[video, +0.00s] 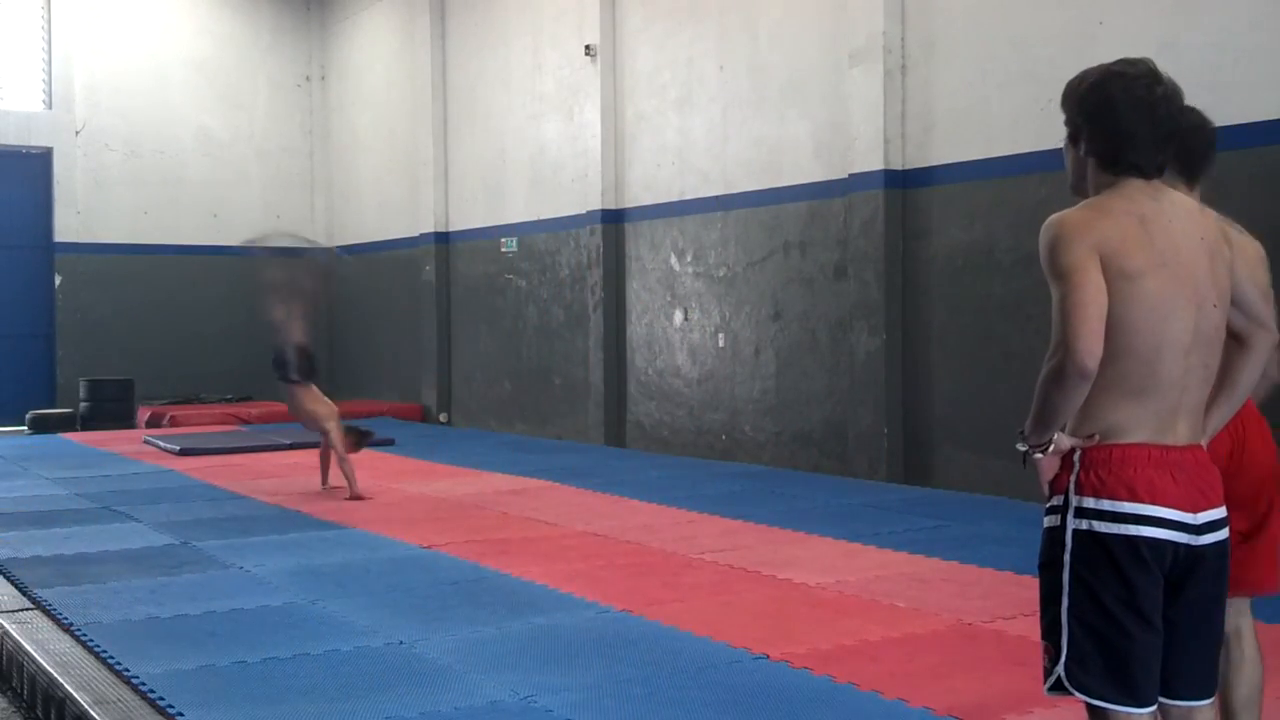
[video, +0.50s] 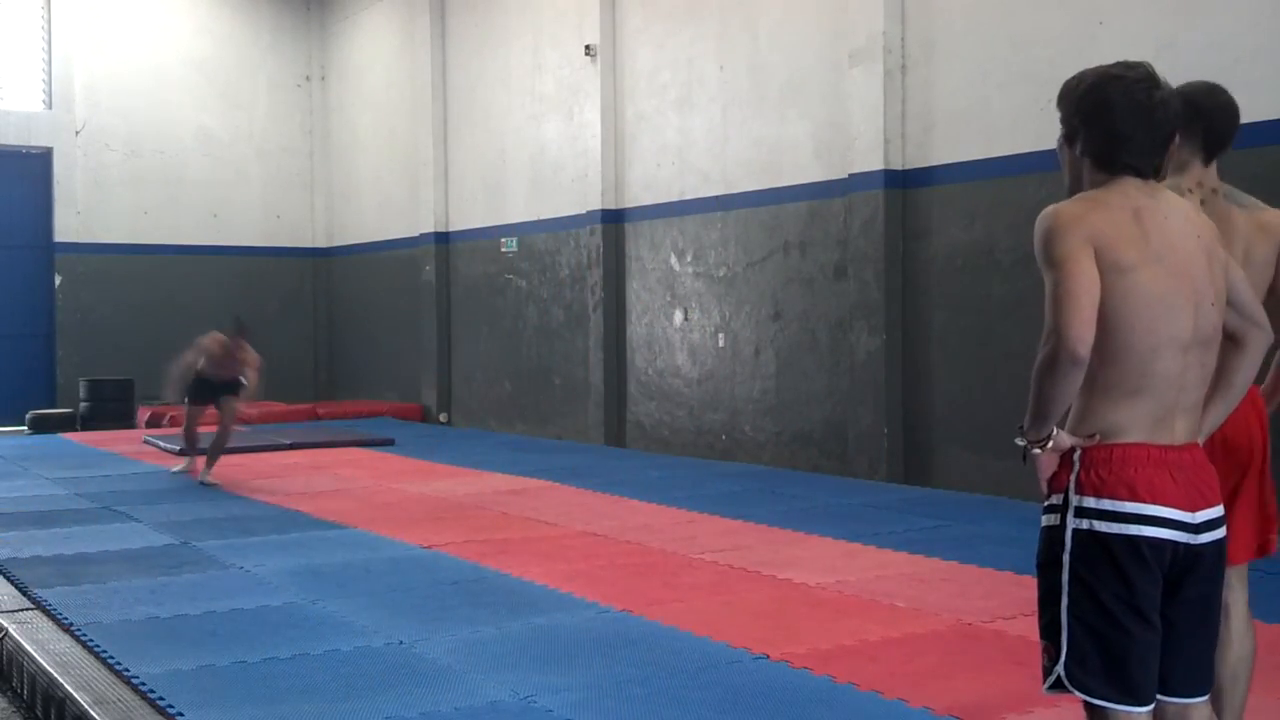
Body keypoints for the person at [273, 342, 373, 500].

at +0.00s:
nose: (348, 452)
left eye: (351, 451)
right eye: (351, 449)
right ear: (350, 440)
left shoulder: (328, 425)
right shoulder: (331, 423)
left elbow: (324, 454)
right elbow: (342, 458)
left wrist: (324, 483)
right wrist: (354, 490)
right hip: (299, 376)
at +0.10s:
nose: (337, 443)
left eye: (339, 441)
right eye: (339, 439)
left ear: (338, 428)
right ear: (338, 431)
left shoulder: (326, 414)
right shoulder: (319, 417)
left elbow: (324, 451)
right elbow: (329, 450)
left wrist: (326, 483)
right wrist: (347, 479)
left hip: (281, 346)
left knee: (232, 340)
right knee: (247, 297)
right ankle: (233, 259)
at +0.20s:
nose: (317, 424)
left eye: (321, 423)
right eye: (319, 421)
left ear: (319, 406)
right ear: (315, 409)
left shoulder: (308, 395)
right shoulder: (301, 398)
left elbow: (313, 438)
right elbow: (312, 438)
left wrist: (327, 475)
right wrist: (327, 477)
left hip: (258, 357)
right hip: (247, 349)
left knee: (236, 399)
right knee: (215, 337)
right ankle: (195, 313)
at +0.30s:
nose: (298, 403)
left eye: (300, 401)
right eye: (298, 399)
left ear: (298, 394)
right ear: (293, 390)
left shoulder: (290, 396)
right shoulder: (270, 381)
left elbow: (305, 429)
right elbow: (268, 418)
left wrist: (321, 462)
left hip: (241, 387)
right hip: (222, 374)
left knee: (236, 437)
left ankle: (203, 477)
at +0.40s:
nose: (266, 375)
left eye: (269, 372)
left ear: (271, 370)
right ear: (259, 365)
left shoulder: (271, 373)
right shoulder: (235, 365)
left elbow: (278, 399)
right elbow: (218, 385)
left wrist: (283, 429)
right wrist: (216, 408)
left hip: (239, 389)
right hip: (211, 382)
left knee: (233, 435)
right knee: (189, 419)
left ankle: (205, 476)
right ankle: (179, 444)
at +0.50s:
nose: (236, 347)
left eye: (240, 344)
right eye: (234, 342)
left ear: (245, 342)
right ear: (228, 338)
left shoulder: (248, 356)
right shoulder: (213, 341)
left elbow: (251, 385)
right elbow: (185, 363)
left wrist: (241, 403)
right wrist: (174, 391)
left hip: (229, 384)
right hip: (203, 381)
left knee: (226, 427)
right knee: (190, 424)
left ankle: (206, 471)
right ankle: (190, 460)